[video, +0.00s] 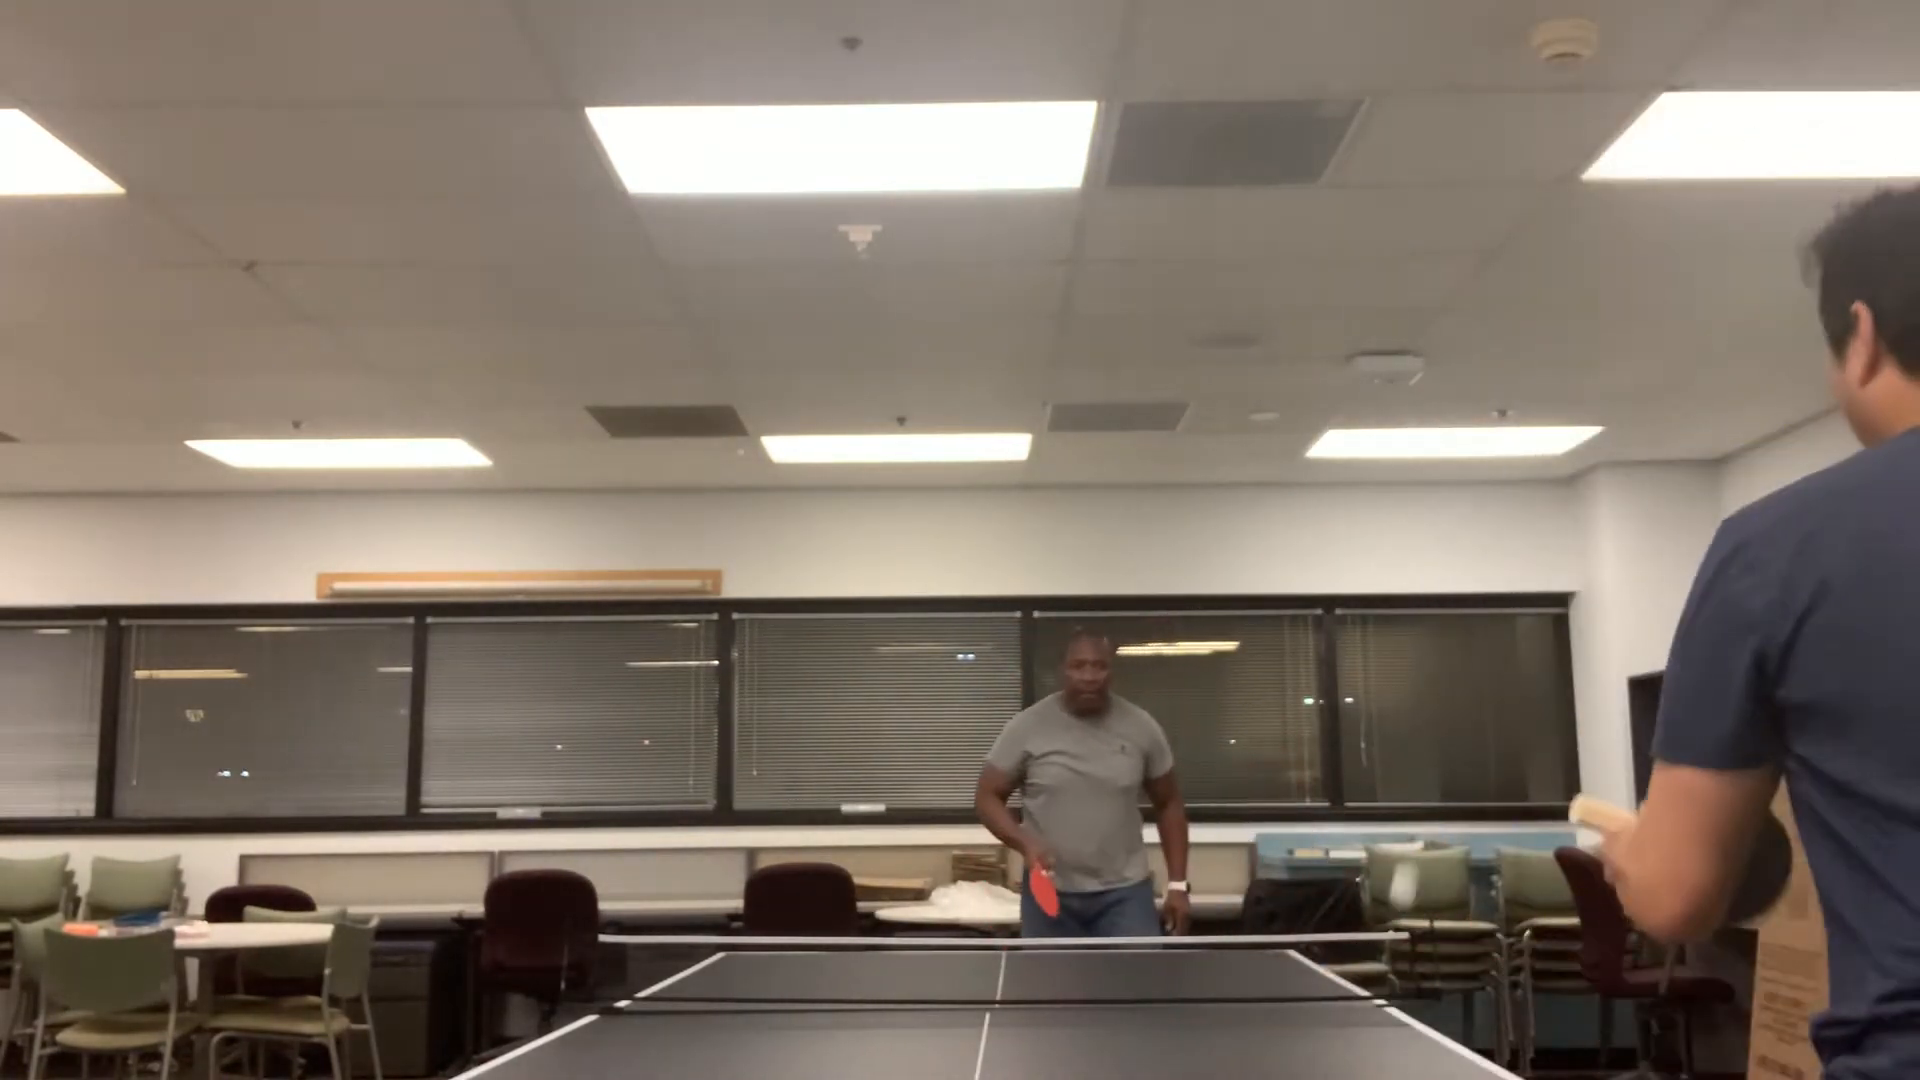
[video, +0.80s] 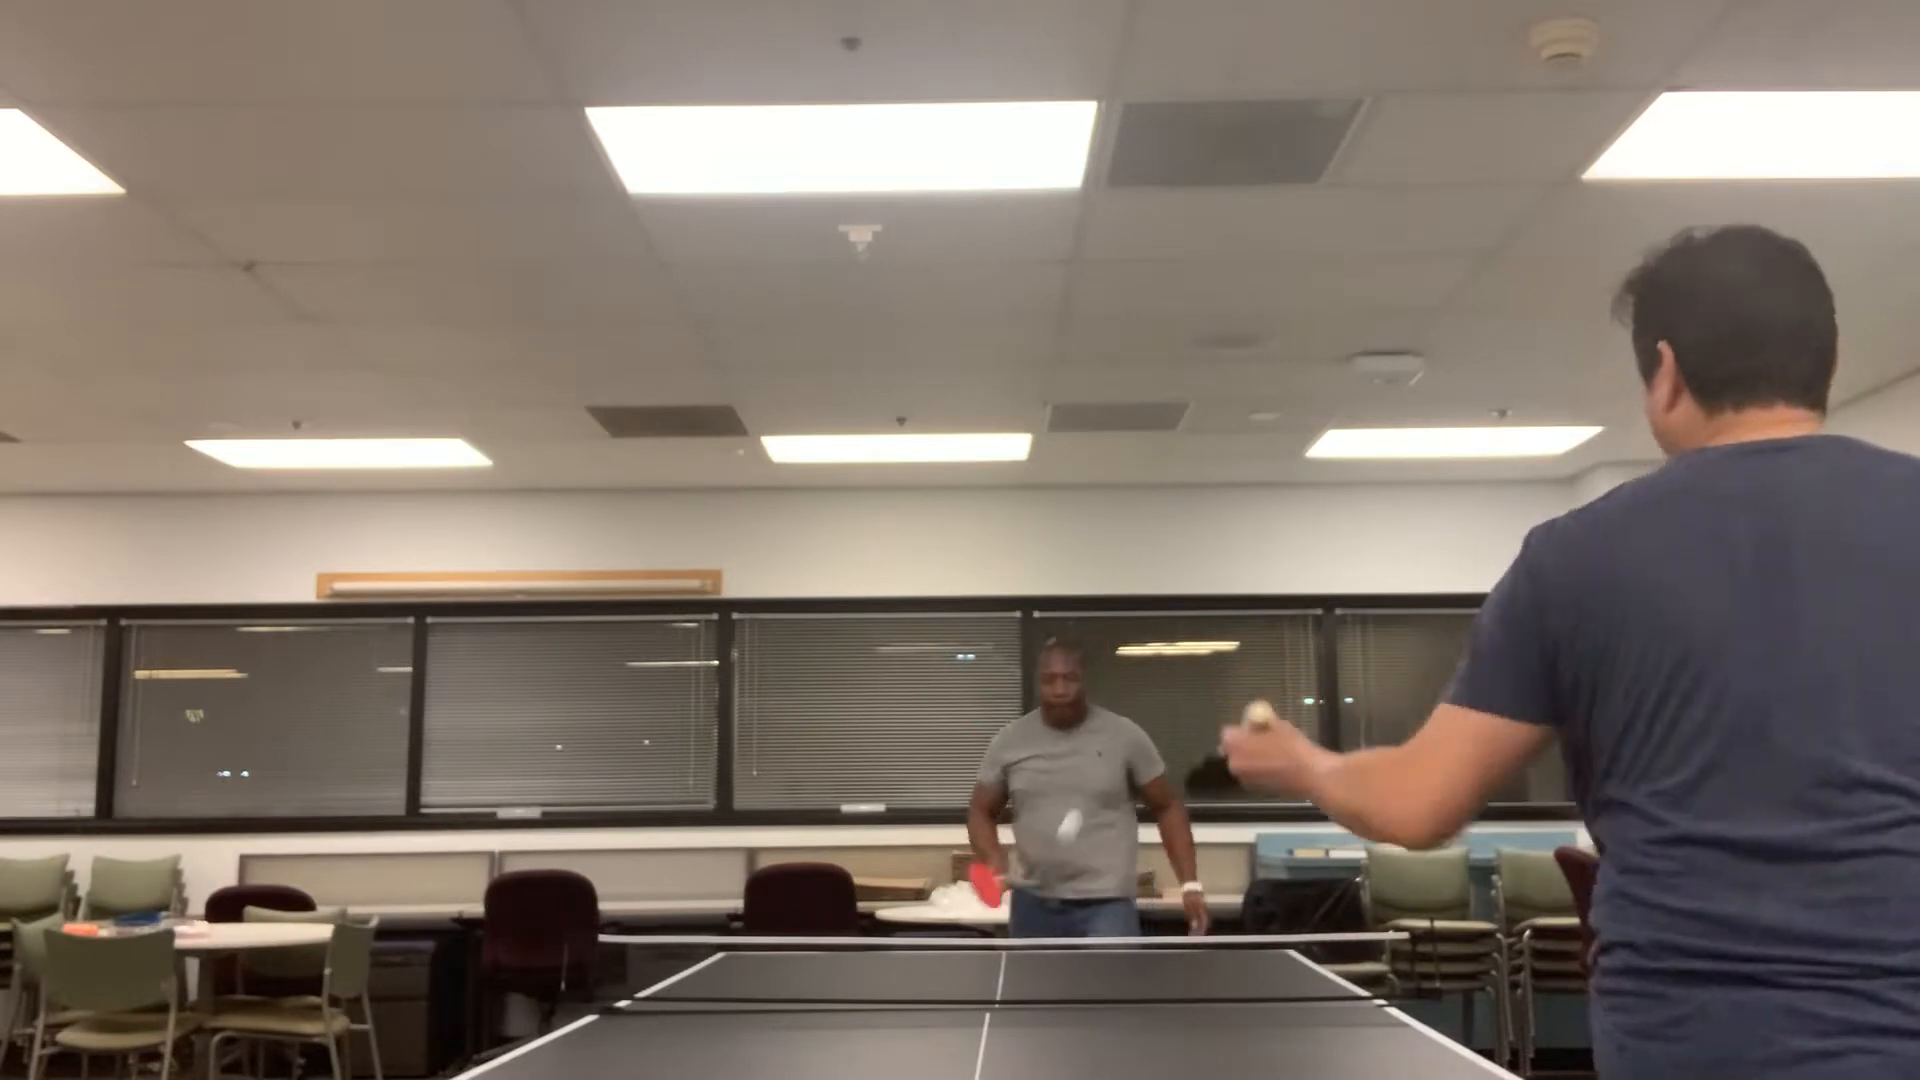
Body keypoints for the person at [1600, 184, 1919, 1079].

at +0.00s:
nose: (1834, 382)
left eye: (1831, 352)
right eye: (1829, 354)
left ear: (1864, 338)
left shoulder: (1789, 548)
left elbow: (1673, 899)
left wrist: (1626, 843)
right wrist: (1652, 841)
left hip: (1888, 1048)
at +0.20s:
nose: (1752, 435)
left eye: (1750, 410)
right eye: (1748, 412)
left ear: (1778, 408)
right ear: (1914, 387)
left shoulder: (1697, 594)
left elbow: (1613, 858)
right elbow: (1613, 857)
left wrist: (1593, 752)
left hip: (1809, 1050)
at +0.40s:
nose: (1665, 424)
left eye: (1660, 401)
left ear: (1682, 400)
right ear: (1847, 393)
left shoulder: (1605, 564)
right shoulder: (1911, 513)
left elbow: (1547, 754)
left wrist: (1514, 659)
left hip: (1705, 1043)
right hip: (1901, 1030)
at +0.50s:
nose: (1638, 427)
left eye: (1634, 406)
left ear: (1651, 401)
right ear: (1810, 392)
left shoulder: (1575, 559)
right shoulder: (1907, 507)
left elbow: (1517, 695)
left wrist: (1420, 642)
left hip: (1681, 1036)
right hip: (1890, 1022)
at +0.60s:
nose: (1628, 426)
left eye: (1622, 400)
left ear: (1646, 397)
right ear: (1800, 391)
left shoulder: (1571, 557)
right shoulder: (1905, 505)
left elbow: (1442, 709)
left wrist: (1337, 664)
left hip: (1670, 1031)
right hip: (1886, 1023)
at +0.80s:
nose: (1646, 403)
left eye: (1642, 373)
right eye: (1641, 376)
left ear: (1668, 371)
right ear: (1828, 363)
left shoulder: (1586, 554)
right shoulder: (1909, 499)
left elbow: (1416, 805)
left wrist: (1301, 765)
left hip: (1678, 1038)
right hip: (1892, 1033)